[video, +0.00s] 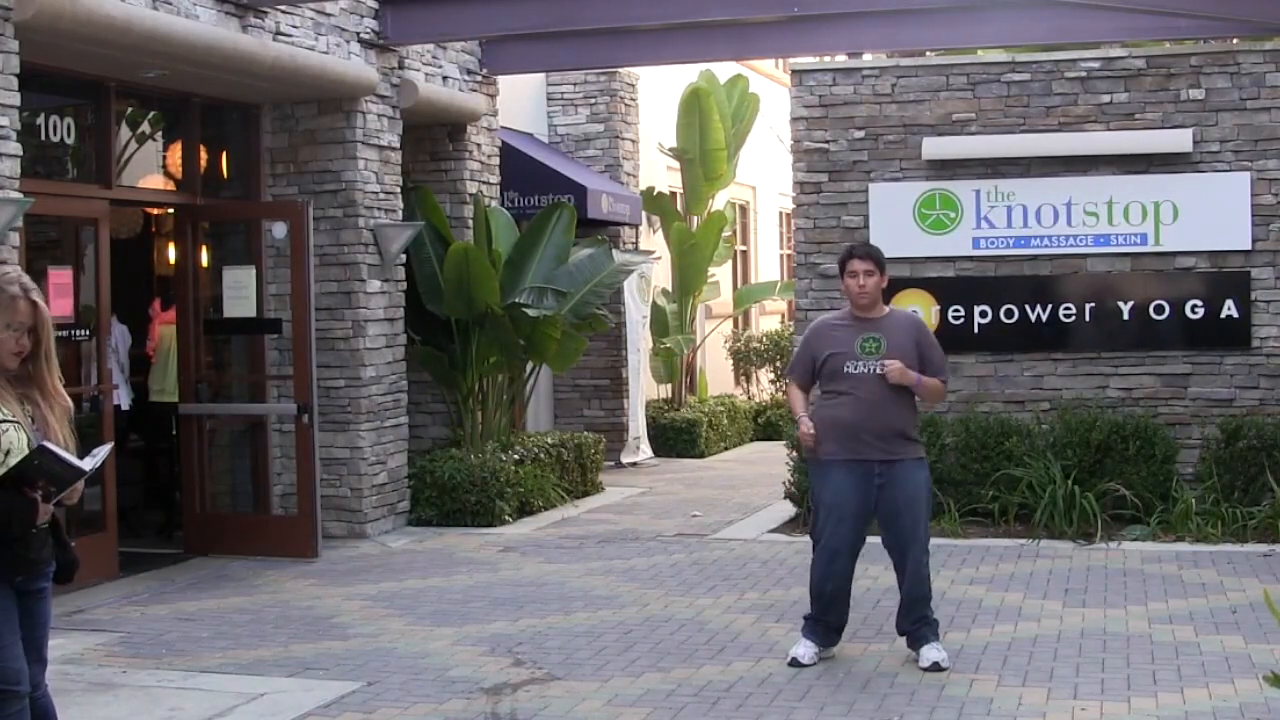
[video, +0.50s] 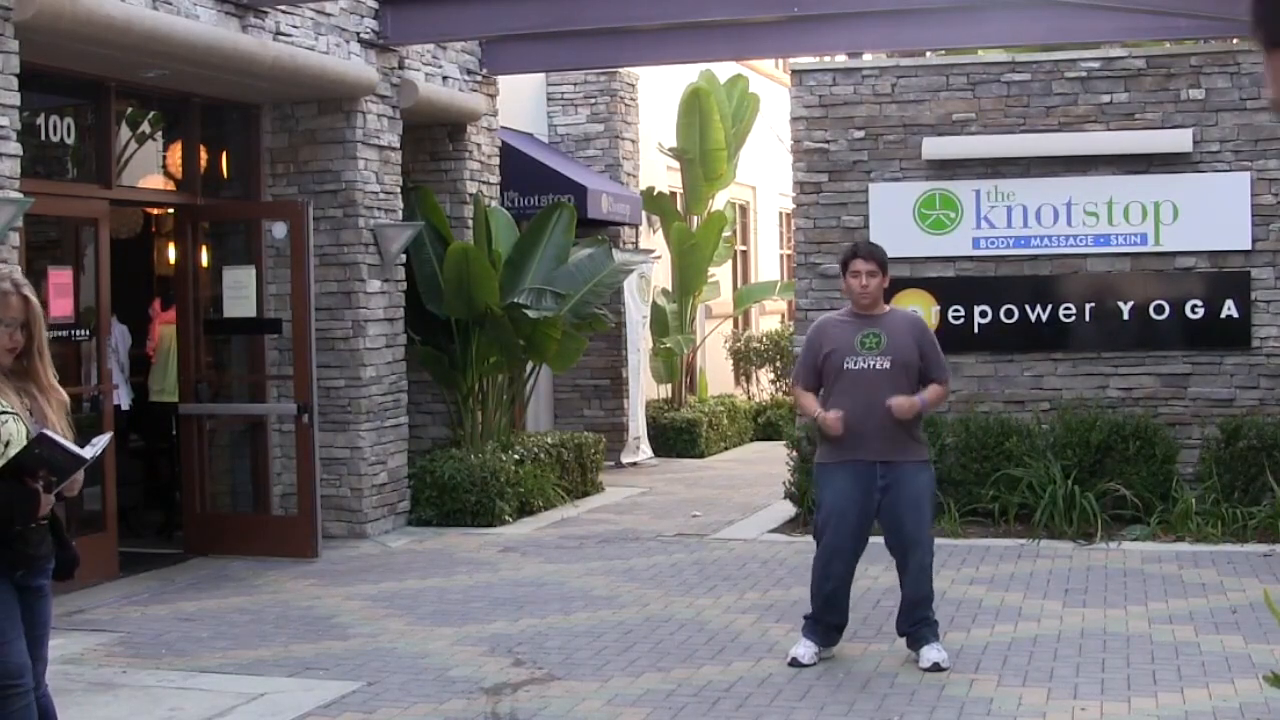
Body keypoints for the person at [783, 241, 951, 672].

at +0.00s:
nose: (860, 283)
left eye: (868, 274)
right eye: (852, 275)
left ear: (883, 279)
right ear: (842, 283)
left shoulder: (911, 326)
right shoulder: (821, 331)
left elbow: (938, 392)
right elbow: (796, 383)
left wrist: (909, 378)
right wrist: (802, 416)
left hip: (902, 459)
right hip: (837, 461)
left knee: (913, 551)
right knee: (832, 552)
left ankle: (924, 637)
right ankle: (817, 635)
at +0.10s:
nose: (861, 284)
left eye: (869, 276)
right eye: (853, 277)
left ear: (884, 281)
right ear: (842, 285)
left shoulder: (912, 328)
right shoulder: (821, 333)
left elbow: (941, 387)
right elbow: (799, 382)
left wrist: (917, 388)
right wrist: (802, 405)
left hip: (903, 462)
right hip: (838, 465)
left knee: (916, 551)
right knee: (835, 553)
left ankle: (924, 637)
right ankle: (818, 635)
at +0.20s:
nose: (861, 284)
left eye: (869, 276)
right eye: (853, 277)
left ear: (883, 281)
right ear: (842, 284)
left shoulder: (910, 329)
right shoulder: (821, 331)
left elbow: (938, 388)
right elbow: (796, 394)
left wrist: (917, 409)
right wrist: (805, 391)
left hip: (900, 464)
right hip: (836, 465)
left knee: (911, 549)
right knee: (832, 550)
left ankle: (923, 637)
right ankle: (819, 635)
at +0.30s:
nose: (861, 285)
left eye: (869, 277)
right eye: (853, 278)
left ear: (884, 282)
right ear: (843, 284)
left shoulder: (910, 329)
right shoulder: (821, 331)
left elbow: (937, 389)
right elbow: (794, 395)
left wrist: (915, 423)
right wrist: (816, 382)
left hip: (896, 464)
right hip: (832, 462)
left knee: (905, 546)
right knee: (822, 550)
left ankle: (923, 637)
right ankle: (817, 633)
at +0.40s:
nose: (862, 284)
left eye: (870, 277)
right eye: (854, 277)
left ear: (884, 281)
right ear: (843, 283)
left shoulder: (911, 328)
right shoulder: (822, 330)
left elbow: (937, 390)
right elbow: (798, 393)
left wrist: (916, 420)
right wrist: (824, 395)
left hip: (899, 462)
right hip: (835, 462)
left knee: (908, 548)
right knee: (828, 548)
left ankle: (923, 637)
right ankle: (817, 634)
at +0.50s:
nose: (862, 283)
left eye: (870, 275)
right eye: (854, 275)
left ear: (885, 279)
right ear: (843, 281)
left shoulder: (913, 325)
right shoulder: (823, 330)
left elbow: (940, 385)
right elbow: (802, 388)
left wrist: (917, 402)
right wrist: (819, 413)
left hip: (906, 460)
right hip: (842, 461)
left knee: (917, 550)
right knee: (833, 550)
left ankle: (924, 637)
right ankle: (817, 635)